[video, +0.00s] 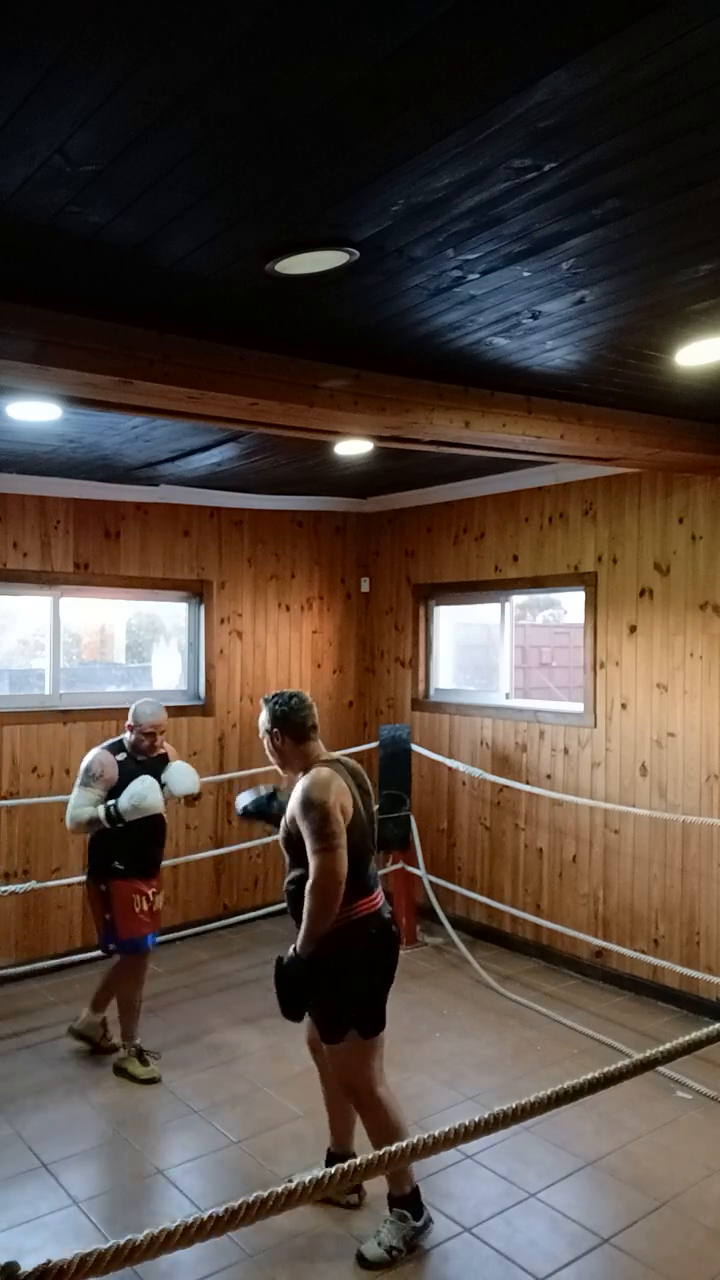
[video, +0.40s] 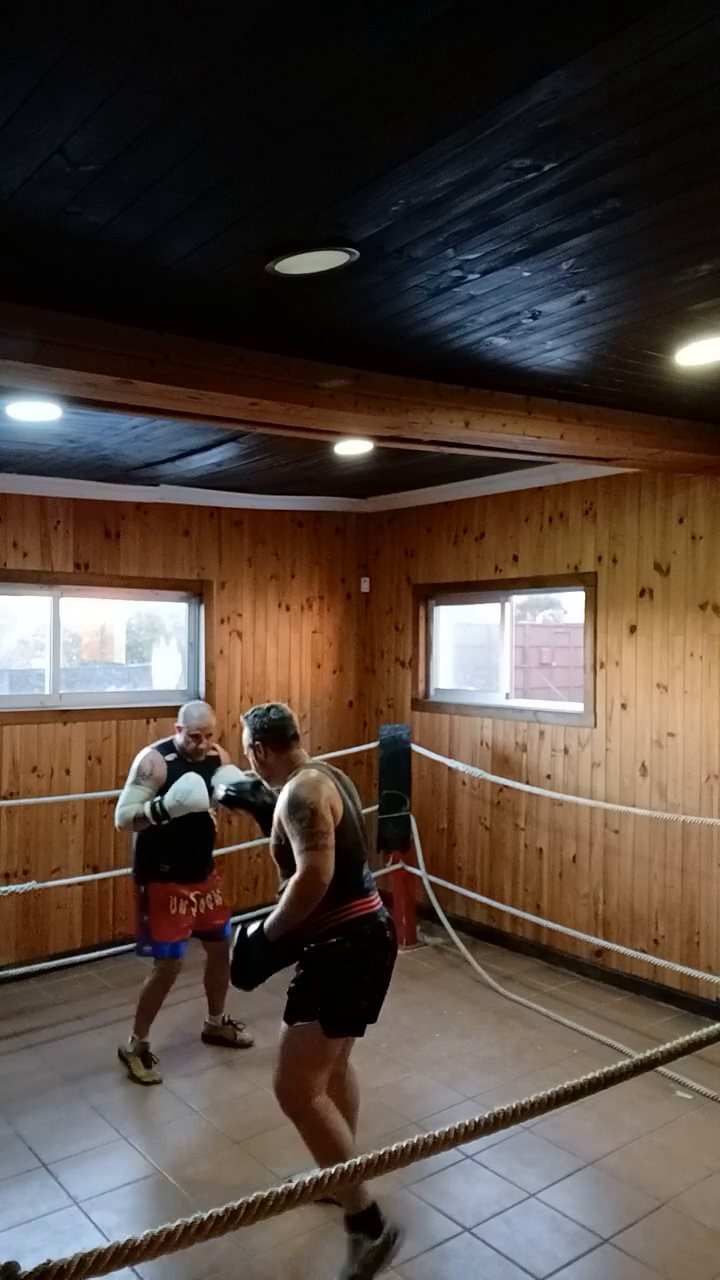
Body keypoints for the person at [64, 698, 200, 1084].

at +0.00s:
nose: (157, 741)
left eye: (161, 733)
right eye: (149, 734)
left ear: (165, 730)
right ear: (130, 730)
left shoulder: (162, 754)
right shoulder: (103, 761)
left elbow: (183, 788)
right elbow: (77, 819)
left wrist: (181, 782)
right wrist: (119, 809)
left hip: (148, 871)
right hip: (115, 875)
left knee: (135, 953)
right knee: (135, 956)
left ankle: (91, 1019)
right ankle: (129, 1049)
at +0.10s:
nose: (165, 744)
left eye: (168, 737)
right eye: (156, 738)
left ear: (174, 731)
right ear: (137, 734)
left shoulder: (173, 757)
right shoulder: (113, 765)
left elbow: (195, 807)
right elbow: (96, 827)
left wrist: (196, 790)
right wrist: (140, 810)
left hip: (163, 877)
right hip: (128, 881)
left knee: (179, 948)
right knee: (143, 964)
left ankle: (122, 1003)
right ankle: (129, 1051)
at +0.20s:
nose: (176, 741)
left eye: (180, 734)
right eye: (167, 735)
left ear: (186, 729)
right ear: (150, 730)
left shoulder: (184, 754)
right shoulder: (125, 761)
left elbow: (193, 799)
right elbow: (110, 822)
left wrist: (214, 781)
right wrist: (156, 804)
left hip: (178, 873)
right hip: (140, 880)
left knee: (200, 940)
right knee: (146, 964)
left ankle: (166, 1006)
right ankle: (130, 1050)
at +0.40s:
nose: (204, 743)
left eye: (209, 736)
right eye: (196, 736)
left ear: (215, 731)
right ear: (178, 731)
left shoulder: (217, 758)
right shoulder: (152, 760)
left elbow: (240, 798)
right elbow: (123, 817)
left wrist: (234, 791)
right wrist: (166, 806)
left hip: (203, 874)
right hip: (162, 880)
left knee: (220, 950)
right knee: (169, 967)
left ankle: (217, 1023)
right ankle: (137, 1045)